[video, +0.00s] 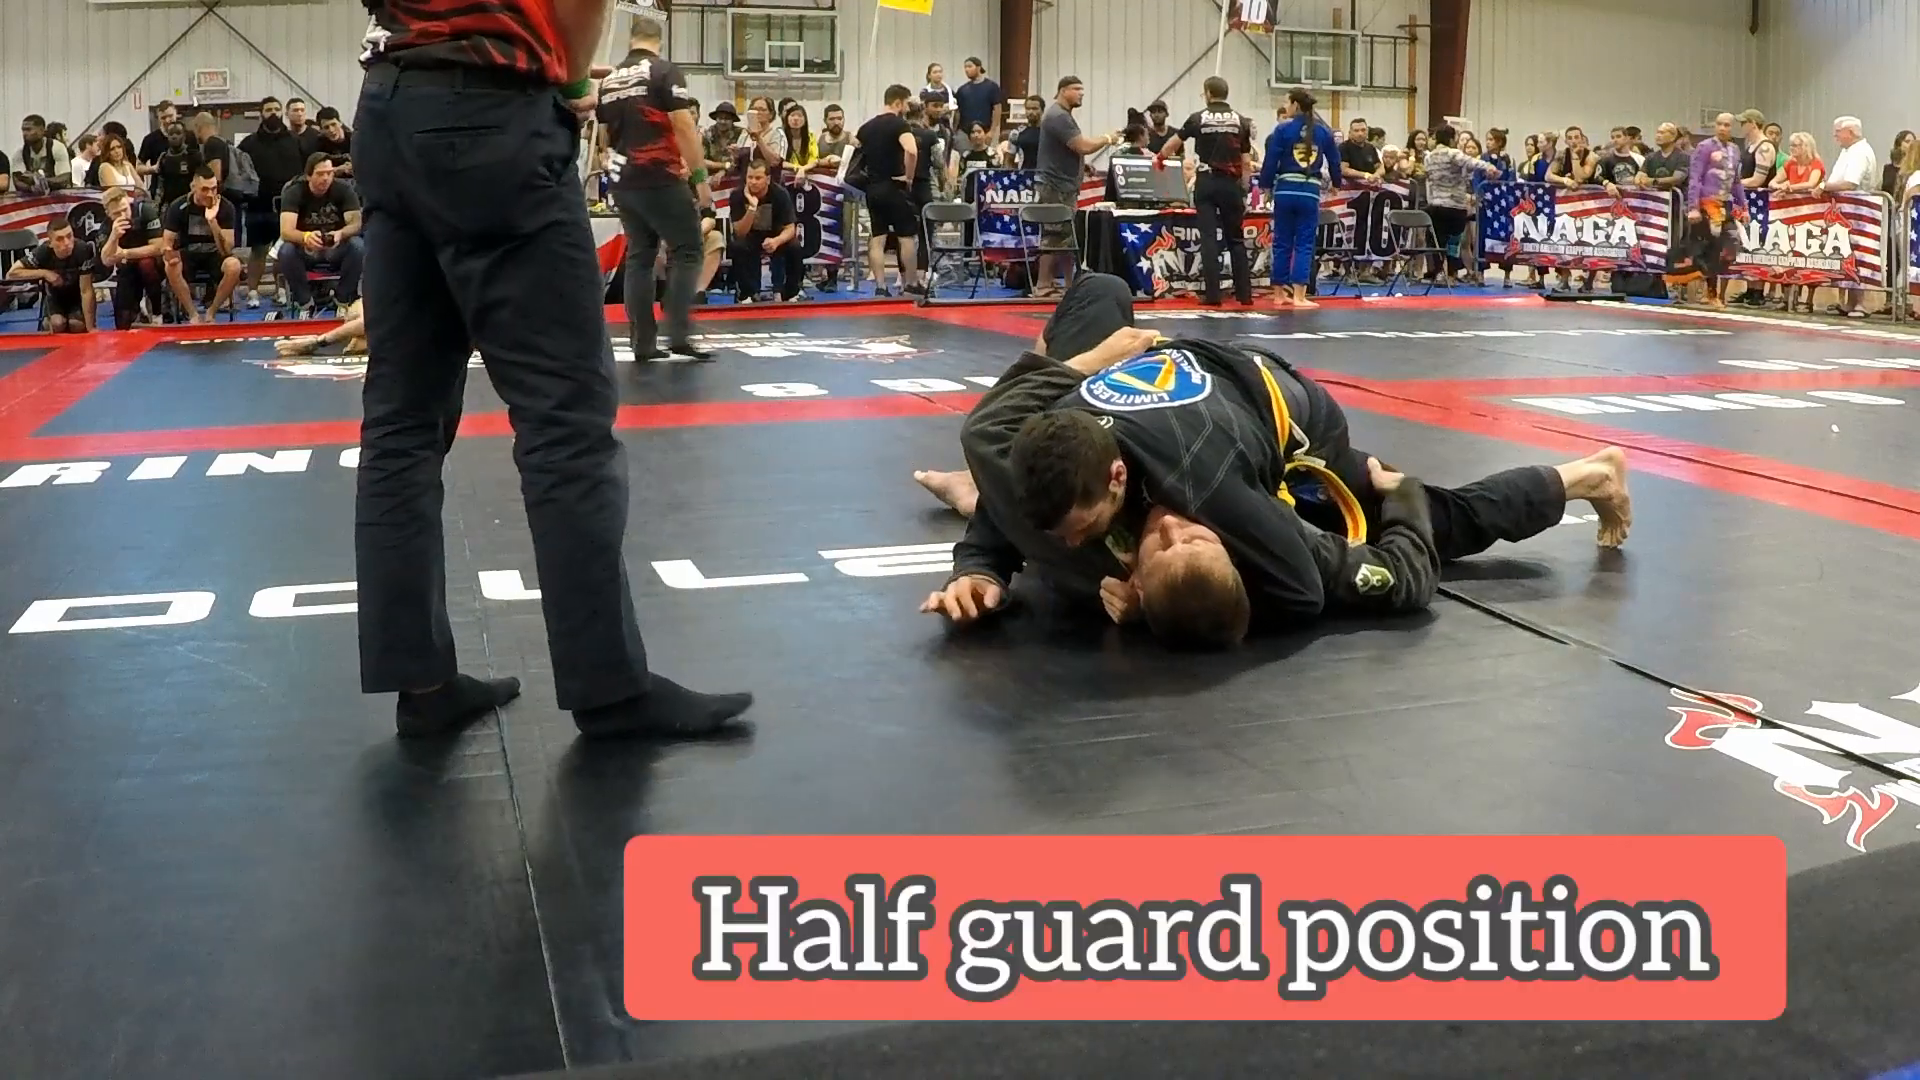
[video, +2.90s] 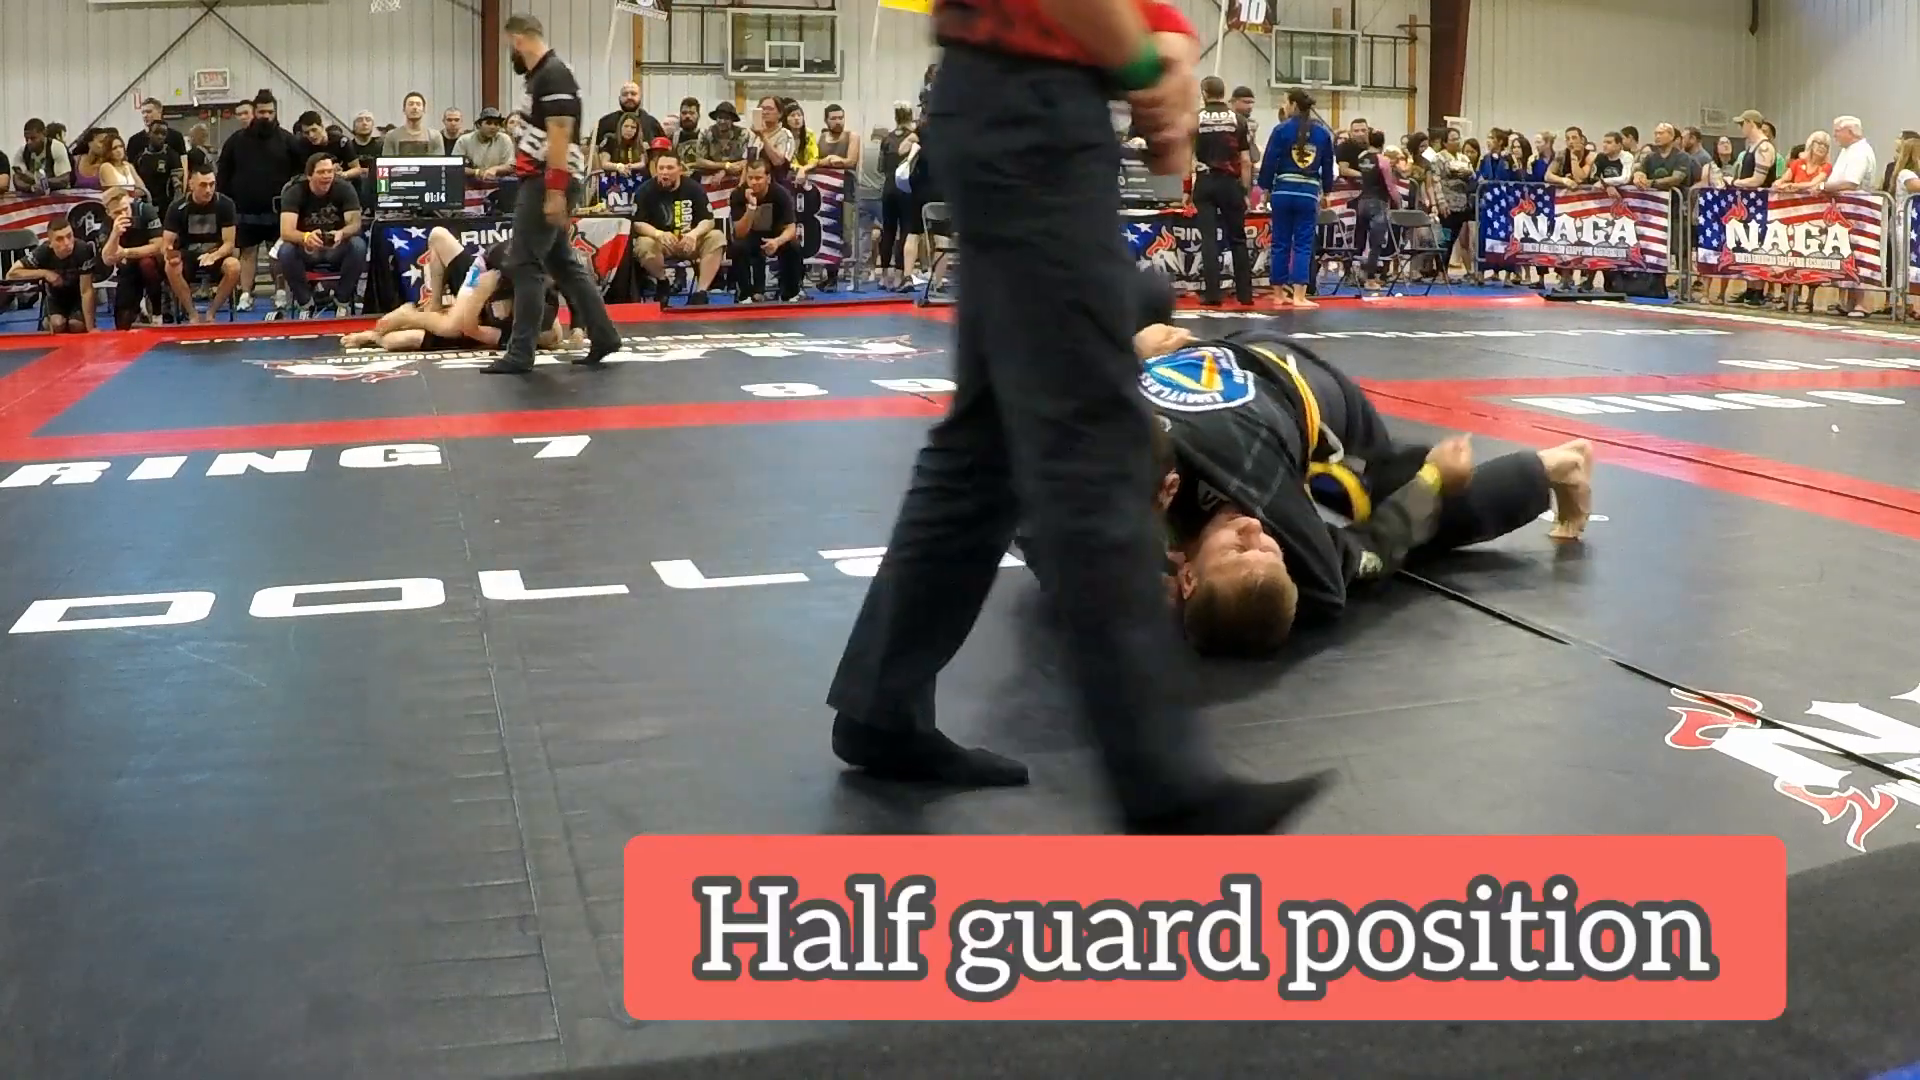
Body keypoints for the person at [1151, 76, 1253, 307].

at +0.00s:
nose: (1203, 95)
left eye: (1204, 92)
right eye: (1205, 92)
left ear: (1207, 94)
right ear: (1227, 94)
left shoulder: (1197, 119)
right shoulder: (1241, 121)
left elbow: (1170, 146)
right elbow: (1245, 159)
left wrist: (1160, 158)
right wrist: (1243, 185)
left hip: (1205, 181)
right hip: (1231, 183)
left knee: (1208, 238)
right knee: (1235, 239)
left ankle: (1212, 295)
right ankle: (1244, 295)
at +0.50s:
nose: (1202, 96)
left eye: (1202, 93)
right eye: (1205, 93)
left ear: (1205, 95)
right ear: (1224, 94)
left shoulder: (1195, 121)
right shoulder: (1240, 122)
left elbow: (1188, 158)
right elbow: (1245, 160)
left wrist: (1186, 183)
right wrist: (1244, 190)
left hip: (1203, 180)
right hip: (1230, 181)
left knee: (1207, 238)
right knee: (1236, 238)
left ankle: (1212, 294)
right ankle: (1244, 294)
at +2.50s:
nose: (1202, 96)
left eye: (1203, 93)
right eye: (1204, 93)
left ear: (1206, 94)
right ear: (1225, 93)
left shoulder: (1196, 118)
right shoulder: (1240, 120)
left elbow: (1186, 157)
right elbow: (1245, 160)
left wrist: (1185, 190)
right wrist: (1246, 192)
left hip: (1205, 180)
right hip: (1232, 181)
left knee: (1209, 239)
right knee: (1238, 238)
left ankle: (1213, 295)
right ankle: (1245, 294)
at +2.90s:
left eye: (1203, 92)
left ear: (1204, 94)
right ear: (1224, 93)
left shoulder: (1194, 119)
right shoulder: (1238, 120)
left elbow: (1188, 157)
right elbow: (1245, 159)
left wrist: (1186, 189)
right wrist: (1246, 191)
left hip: (1203, 180)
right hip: (1231, 181)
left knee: (1208, 239)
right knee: (1237, 238)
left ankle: (1212, 295)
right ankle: (1245, 294)